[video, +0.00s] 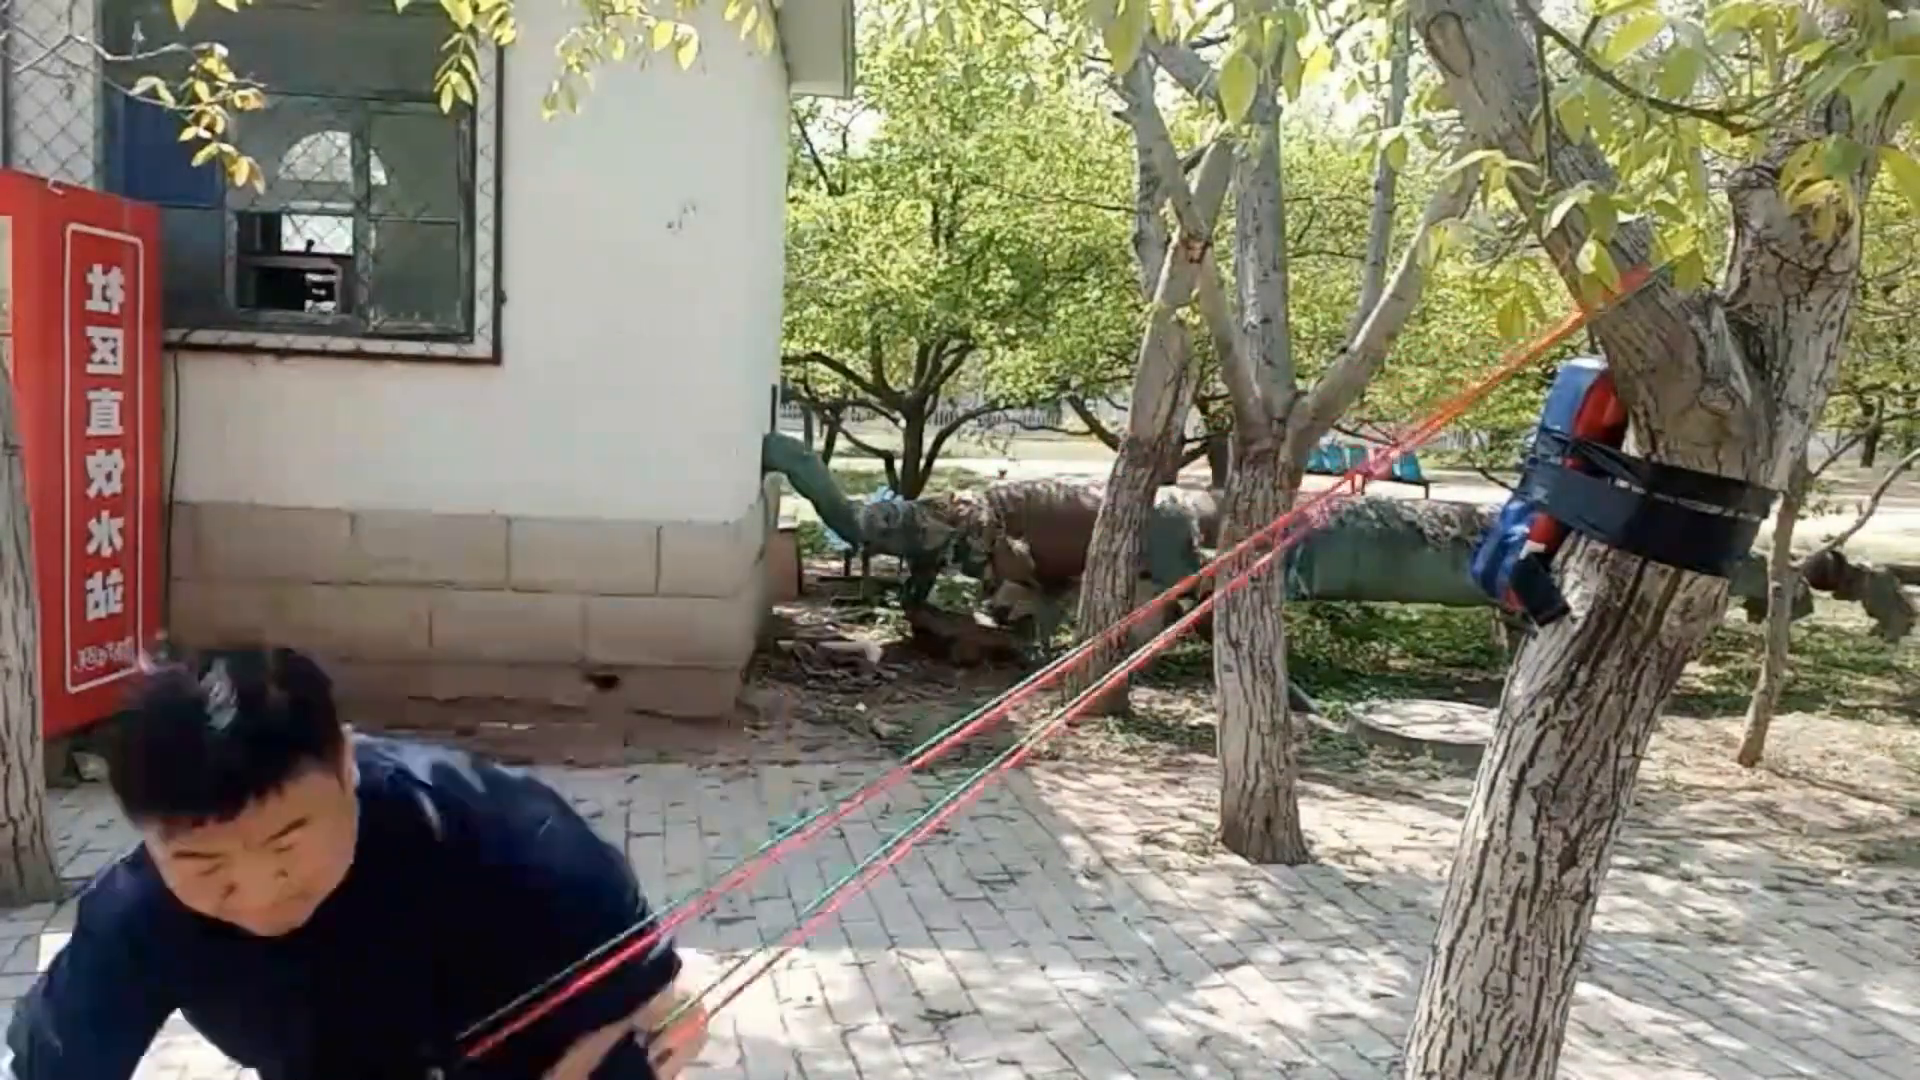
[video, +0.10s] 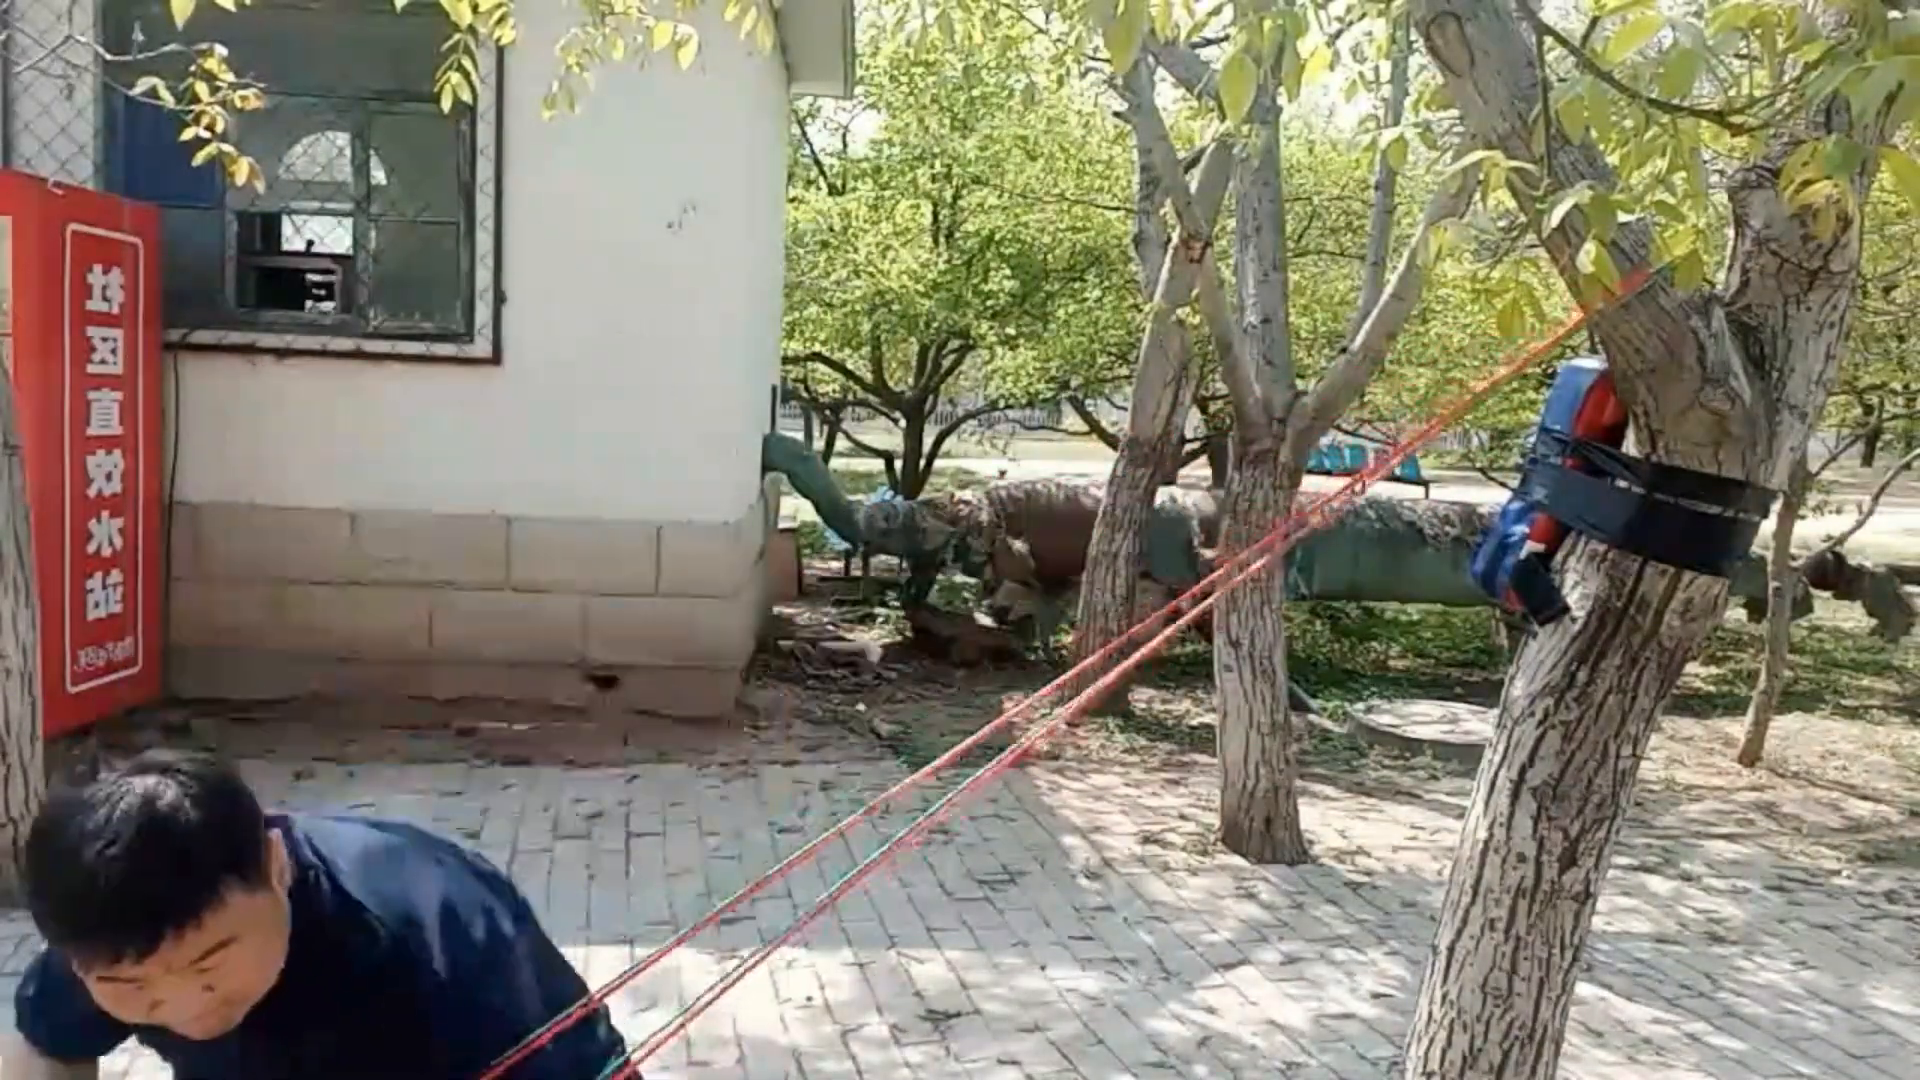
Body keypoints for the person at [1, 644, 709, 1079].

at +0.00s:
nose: (260, 893)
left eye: (289, 840)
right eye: (207, 871)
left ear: (346, 764)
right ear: (148, 838)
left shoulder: (504, 836)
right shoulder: (134, 922)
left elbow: (643, 1007)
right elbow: (46, 1060)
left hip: (540, 1037)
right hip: (339, 1052)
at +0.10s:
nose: (190, 1010)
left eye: (215, 957)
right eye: (134, 988)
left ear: (275, 860)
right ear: (78, 966)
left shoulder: (433, 938)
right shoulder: (92, 960)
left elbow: (569, 1067)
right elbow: (40, 1044)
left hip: (493, 1053)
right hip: (260, 1055)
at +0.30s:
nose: (245, 950)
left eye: (269, 895)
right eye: (187, 931)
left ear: (307, 825)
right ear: (116, 907)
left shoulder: (453, 890)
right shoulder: (97, 967)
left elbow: (597, 1058)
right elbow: (26, 1065)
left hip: (467, 1043)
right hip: (263, 1052)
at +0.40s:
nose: (283, 863)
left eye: (307, 811)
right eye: (226, 844)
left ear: (332, 761)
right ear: (140, 831)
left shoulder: (461, 833)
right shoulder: (107, 916)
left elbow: (616, 1012)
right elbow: (20, 1049)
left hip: (485, 1039)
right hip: (286, 1052)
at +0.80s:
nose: (462, 363)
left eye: (452, 334)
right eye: (427, 336)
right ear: (309, 375)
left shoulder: (500, 508)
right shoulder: (215, 566)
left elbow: (634, 616)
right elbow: (228, 787)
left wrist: (723, 619)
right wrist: (474, 670)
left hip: (527, 1005)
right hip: (312, 1043)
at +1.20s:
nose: (658, 380)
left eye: (647, 353)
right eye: (635, 355)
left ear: (550, 382)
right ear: (555, 380)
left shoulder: (489, 498)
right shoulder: (528, 540)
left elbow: (680, 620)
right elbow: (717, 733)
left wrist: (870, 648)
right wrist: (904, 679)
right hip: (506, 1022)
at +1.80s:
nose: (482, 678)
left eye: (481, 656)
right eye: (481, 655)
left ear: (332, 666)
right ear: (458, 650)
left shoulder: (229, 780)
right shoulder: (550, 764)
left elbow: (110, 1020)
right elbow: (611, 981)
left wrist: (269, 977)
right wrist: (484, 965)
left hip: (303, 1071)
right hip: (529, 1071)